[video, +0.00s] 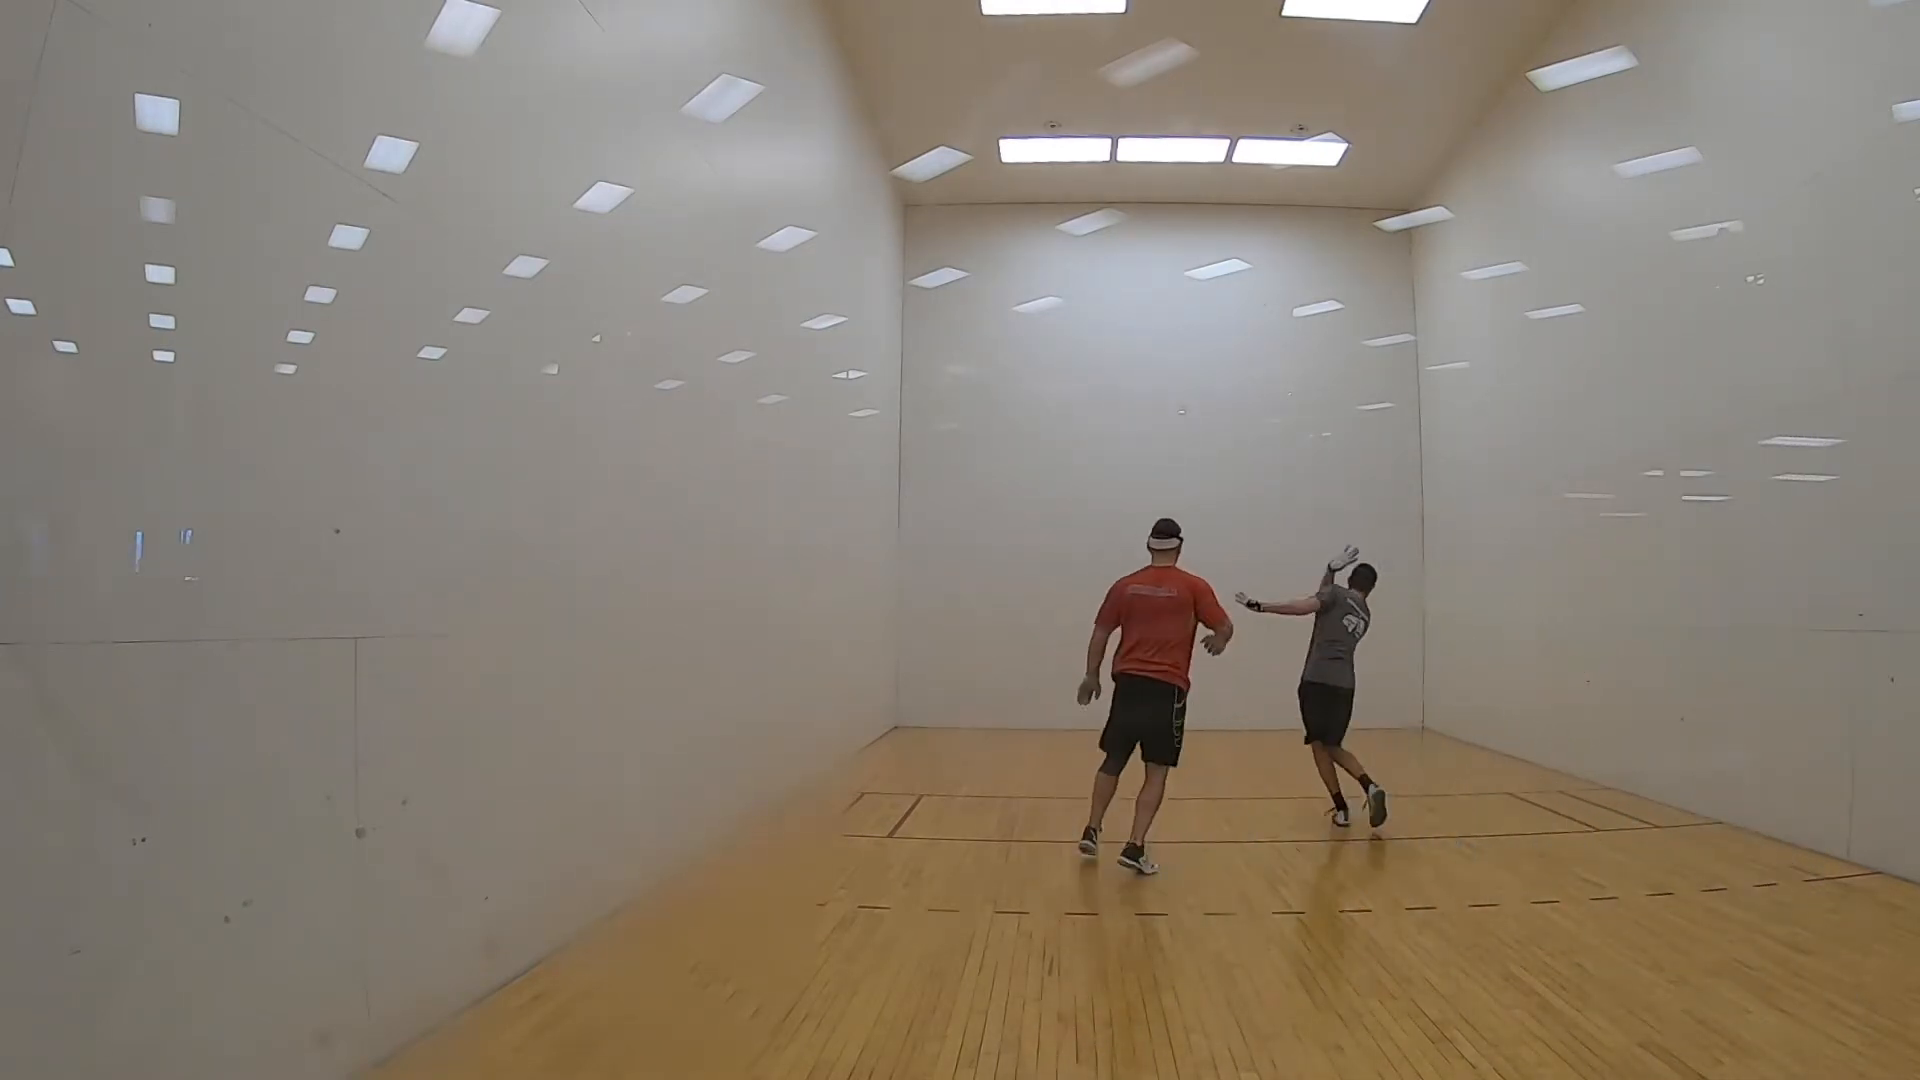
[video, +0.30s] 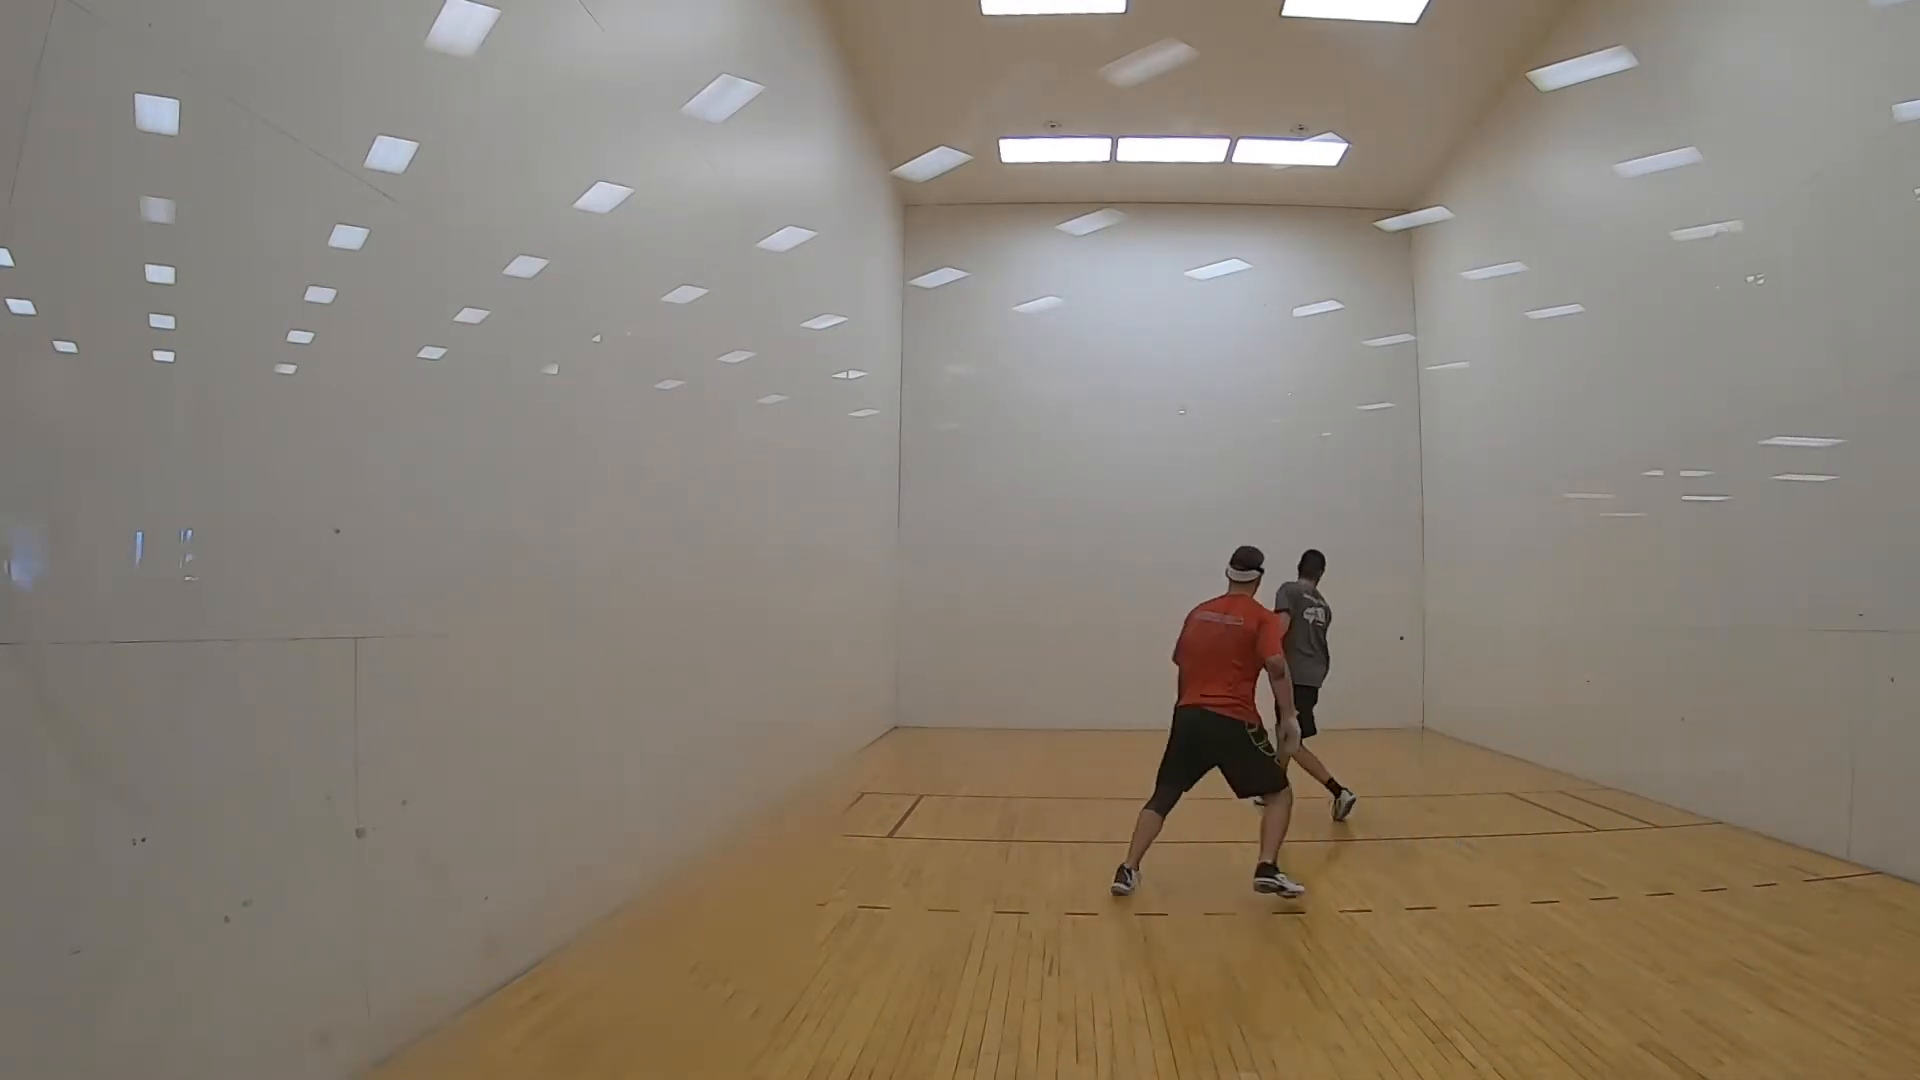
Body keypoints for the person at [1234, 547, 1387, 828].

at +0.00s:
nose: (1354, 581)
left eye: (1353, 576)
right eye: (1364, 583)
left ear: (1350, 578)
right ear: (1370, 588)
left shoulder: (1335, 593)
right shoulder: (1364, 614)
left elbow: (1302, 607)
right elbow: (1326, 602)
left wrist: (1259, 606)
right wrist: (1330, 571)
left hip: (1316, 681)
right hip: (1344, 686)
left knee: (1318, 745)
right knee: (1333, 745)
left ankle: (1341, 809)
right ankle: (1370, 787)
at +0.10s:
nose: (1344, 575)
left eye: (1338, 567)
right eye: (1352, 573)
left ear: (1332, 567)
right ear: (1353, 575)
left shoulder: (1321, 585)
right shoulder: (1349, 602)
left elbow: (1299, 608)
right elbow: (1312, 621)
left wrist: (1254, 605)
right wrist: (1302, 587)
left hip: (1312, 675)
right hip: (1336, 678)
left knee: (1314, 738)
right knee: (1321, 735)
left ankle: (1343, 803)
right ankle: (1349, 787)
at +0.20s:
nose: (1323, 569)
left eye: (1319, 563)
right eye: (1333, 568)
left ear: (1313, 562)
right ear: (1335, 570)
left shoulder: (1303, 583)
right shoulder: (1334, 598)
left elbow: (1291, 617)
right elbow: (1306, 637)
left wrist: (1256, 624)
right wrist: (1281, 618)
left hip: (1305, 674)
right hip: (1326, 675)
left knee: (1309, 740)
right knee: (1304, 732)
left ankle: (1344, 799)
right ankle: (1307, 787)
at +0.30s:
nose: (1309, 574)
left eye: (1303, 568)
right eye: (1316, 572)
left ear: (1298, 568)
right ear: (1321, 573)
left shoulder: (1289, 589)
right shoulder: (1323, 605)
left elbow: (1281, 626)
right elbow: (1318, 643)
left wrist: (1266, 653)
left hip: (1292, 677)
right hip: (1313, 679)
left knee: (1292, 744)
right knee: (1285, 736)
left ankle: (1339, 792)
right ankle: (1271, 791)